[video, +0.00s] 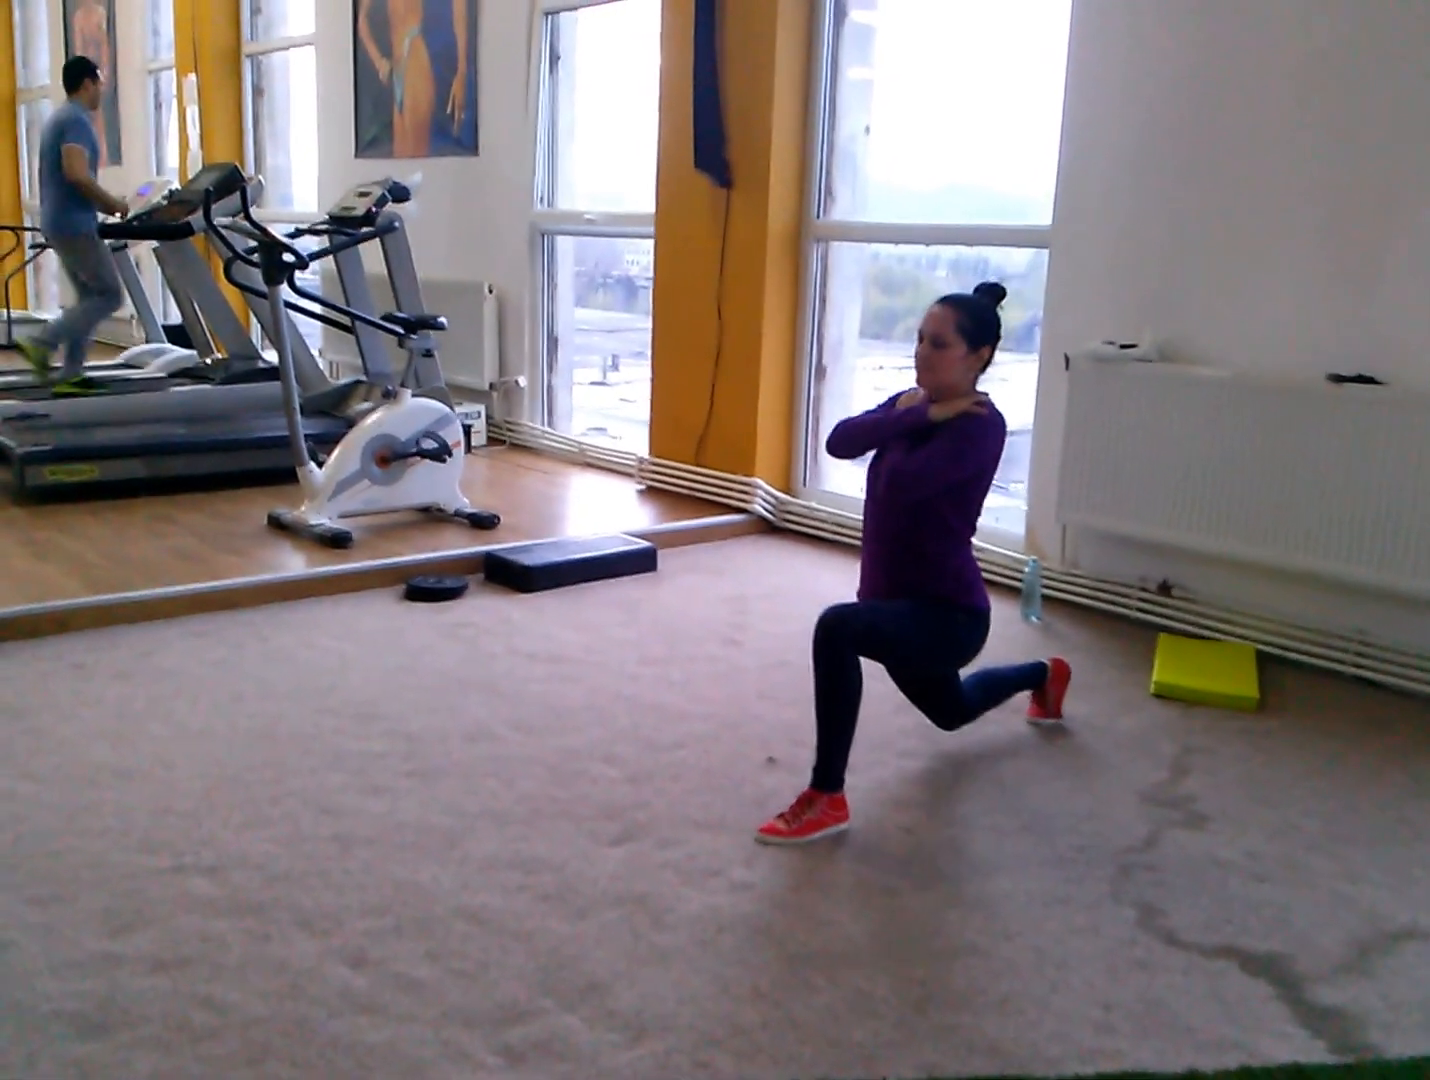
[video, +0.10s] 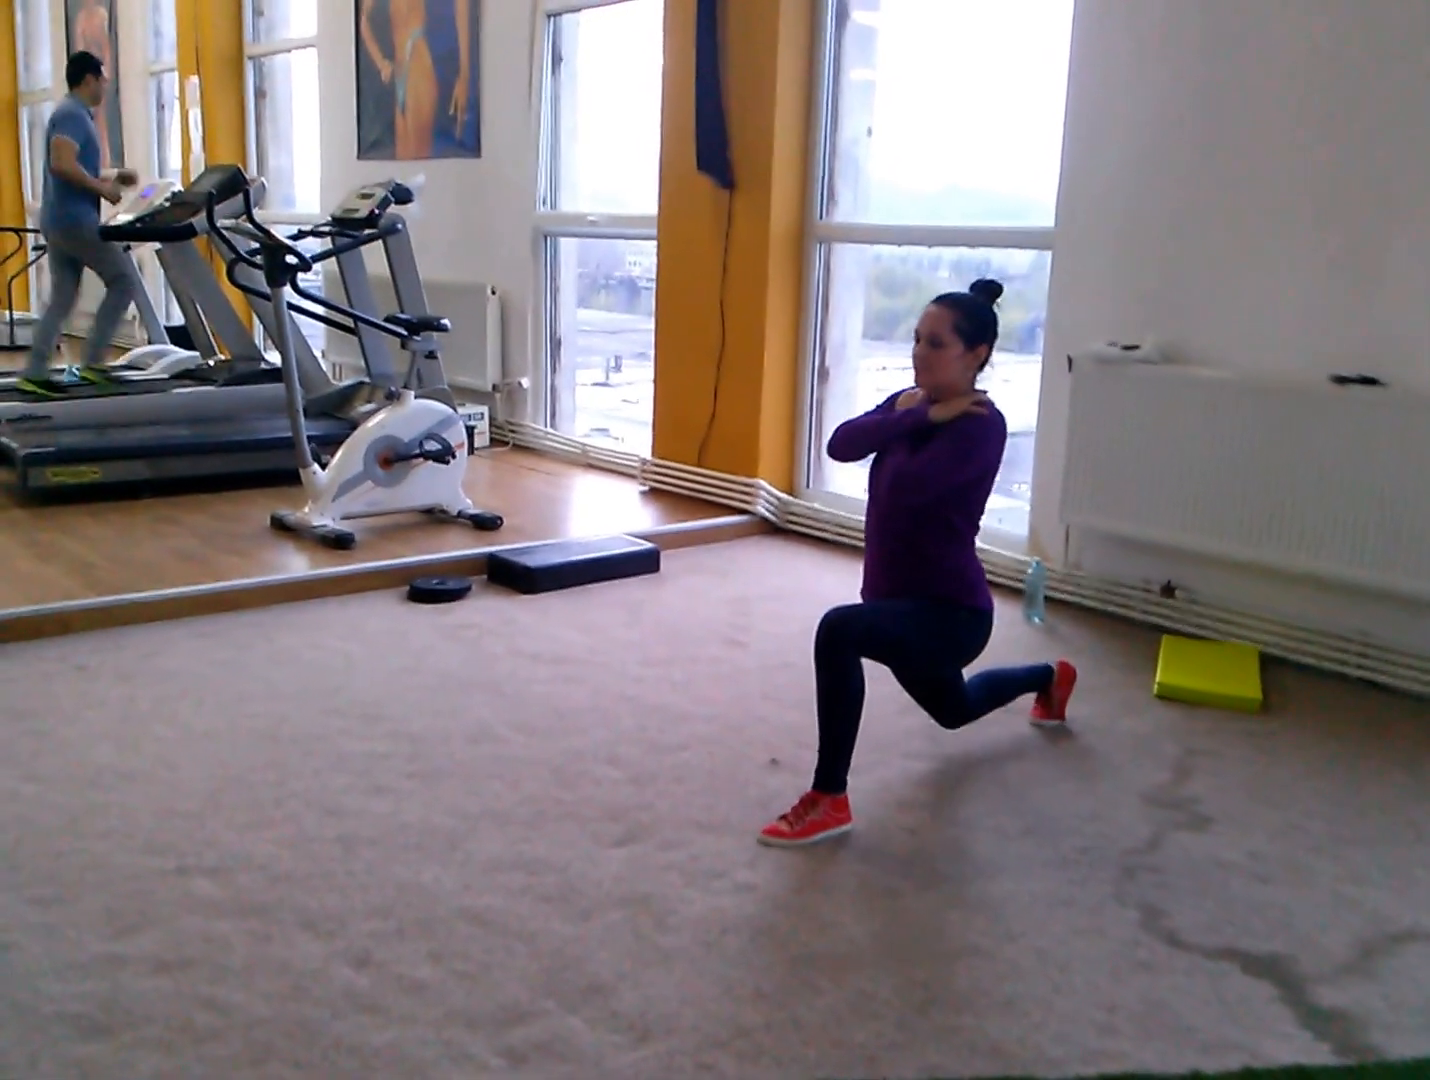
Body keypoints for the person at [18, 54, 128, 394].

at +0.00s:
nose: (101, 89)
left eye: (100, 83)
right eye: (99, 83)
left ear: (74, 85)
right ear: (87, 84)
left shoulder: (63, 119)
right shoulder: (75, 120)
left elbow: (72, 179)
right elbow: (76, 174)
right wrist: (114, 205)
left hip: (62, 224)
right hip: (73, 225)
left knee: (90, 297)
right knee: (109, 294)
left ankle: (73, 372)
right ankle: (43, 341)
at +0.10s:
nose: (105, 87)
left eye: (104, 80)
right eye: (102, 80)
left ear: (80, 80)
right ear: (89, 79)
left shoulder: (77, 115)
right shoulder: (71, 114)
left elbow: (81, 169)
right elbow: (62, 164)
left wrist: (115, 176)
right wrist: (103, 188)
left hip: (62, 221)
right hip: (72, 221)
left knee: (63, 298)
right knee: (124, 281)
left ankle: (34, 372)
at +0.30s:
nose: (112, 92)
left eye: (111, 85)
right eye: (110, 85)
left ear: (85, 86)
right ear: (98, 85)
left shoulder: (81, 121)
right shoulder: (78, 123)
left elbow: (79, 171)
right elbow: (70, 172)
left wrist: (112, 171)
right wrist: (108, 202)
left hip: (75, 227)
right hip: (82, 228)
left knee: (87, 298)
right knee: (117, 296)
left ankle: (19, 344)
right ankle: (105, 377)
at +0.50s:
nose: (116, 90)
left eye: (115, 83)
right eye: (114, 83)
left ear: (84, 84)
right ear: (103, 84)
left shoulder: (61, 118)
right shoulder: (94, 121)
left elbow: (39, 163)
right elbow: (102, 174)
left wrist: (70, 183)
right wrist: (128, 181)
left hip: (69, 226)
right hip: (84, 228)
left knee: (122, 286)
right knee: (72, 302)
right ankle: (35, 376)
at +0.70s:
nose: (118, 98)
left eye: (116, 91)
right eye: (115, 91)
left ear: (88, 93)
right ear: (104, 92)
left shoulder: (71, 127)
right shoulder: (95, 128)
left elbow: (54, 182)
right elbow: (98, 180)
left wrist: (92, 195)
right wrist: (123, 205)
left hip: (73, 229)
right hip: (91, 230)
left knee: (111, 304)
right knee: (115, 305)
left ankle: (103, 382)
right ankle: (41, 351)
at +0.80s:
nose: (120, 101)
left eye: (118, 94)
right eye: (115, 94)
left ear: (95, 96)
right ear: (103, 96)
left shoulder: (86, 131)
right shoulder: (92, 132)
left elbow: (90, 187)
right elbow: (85, 179)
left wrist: (127, 203)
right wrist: (122, 206)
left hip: (79, 238)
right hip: (92, 238)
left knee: (92, 307)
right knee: (139, 294)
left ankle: (71, 377)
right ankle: (87, 362)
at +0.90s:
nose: (126, 94)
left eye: (125, 87)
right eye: (122, 87)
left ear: (102, 88)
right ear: (108, 88)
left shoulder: (97, 124)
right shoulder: (90, 121)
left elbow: (97, 178)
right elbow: (77, 168)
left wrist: (132, 176)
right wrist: (115, 193)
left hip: (82, 227)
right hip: (92, 227)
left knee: (70, 302)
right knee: (136, 290)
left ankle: (36, 377)